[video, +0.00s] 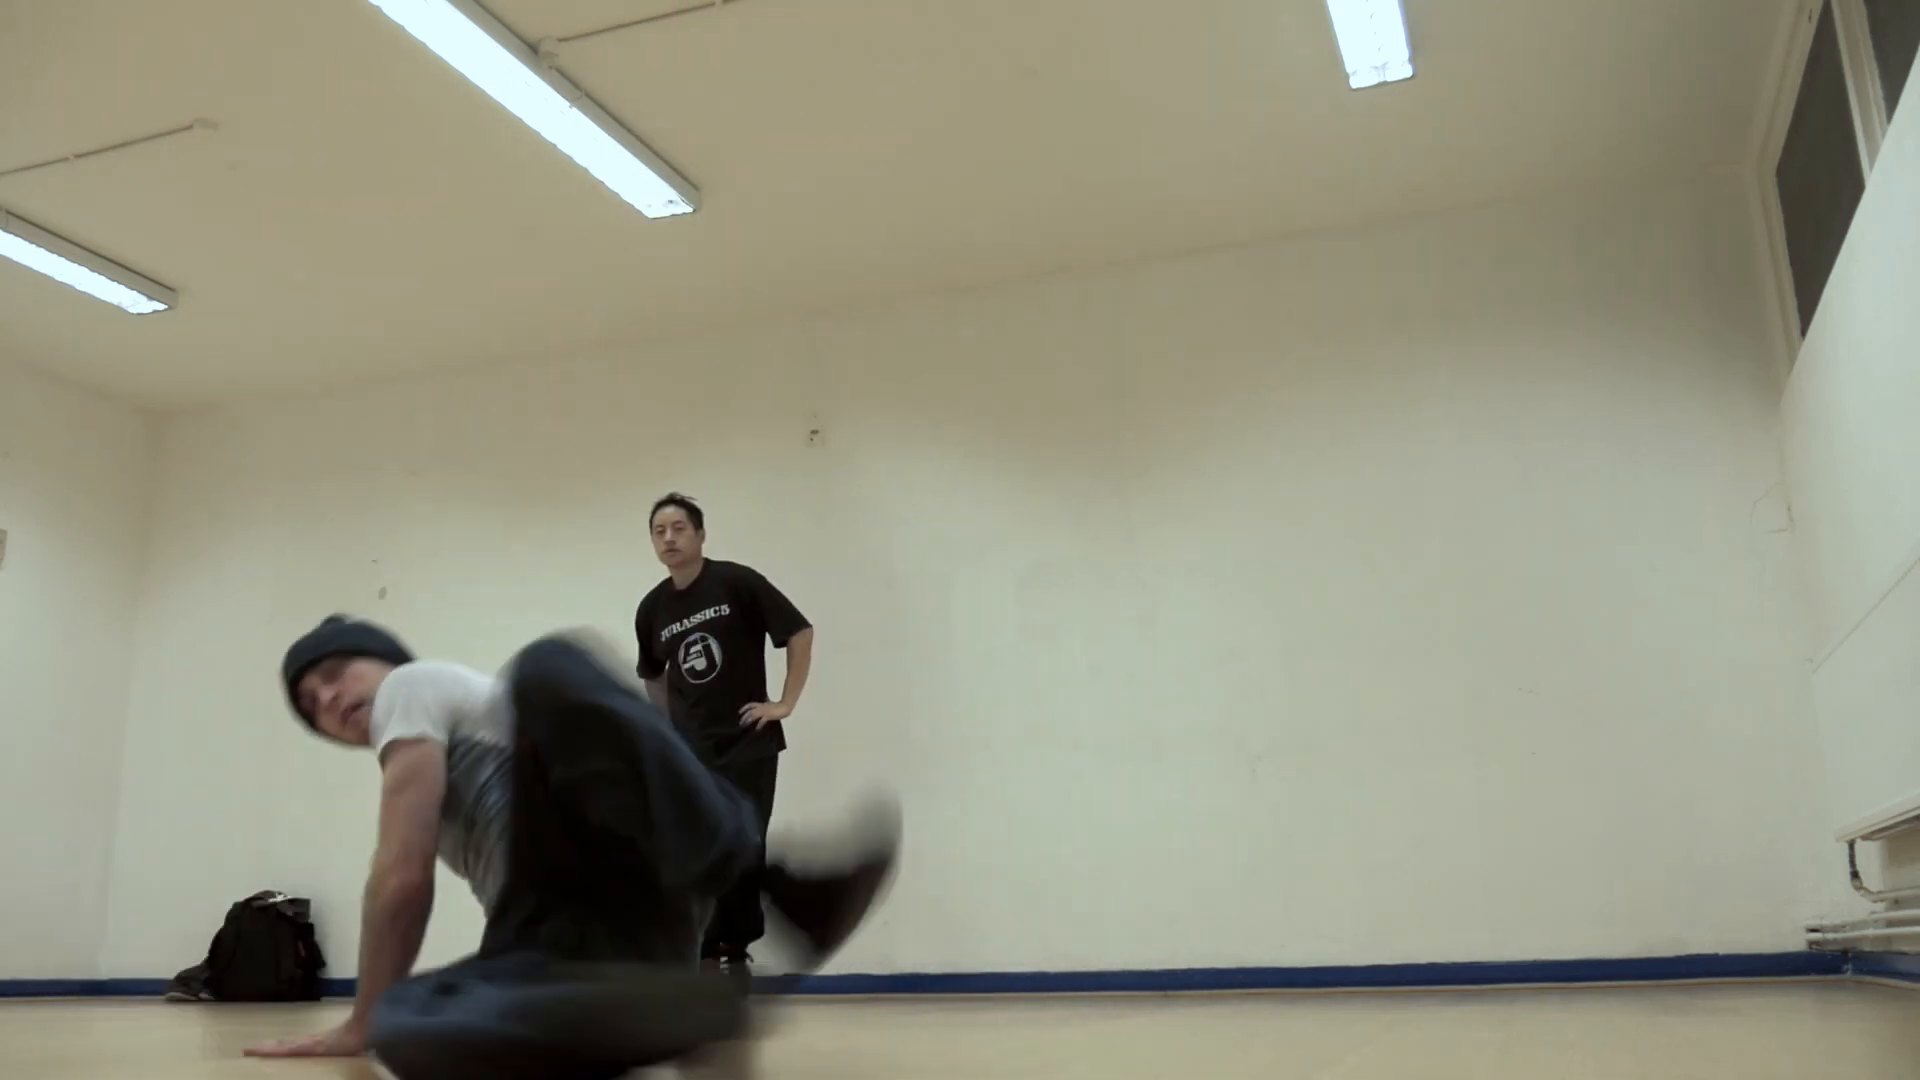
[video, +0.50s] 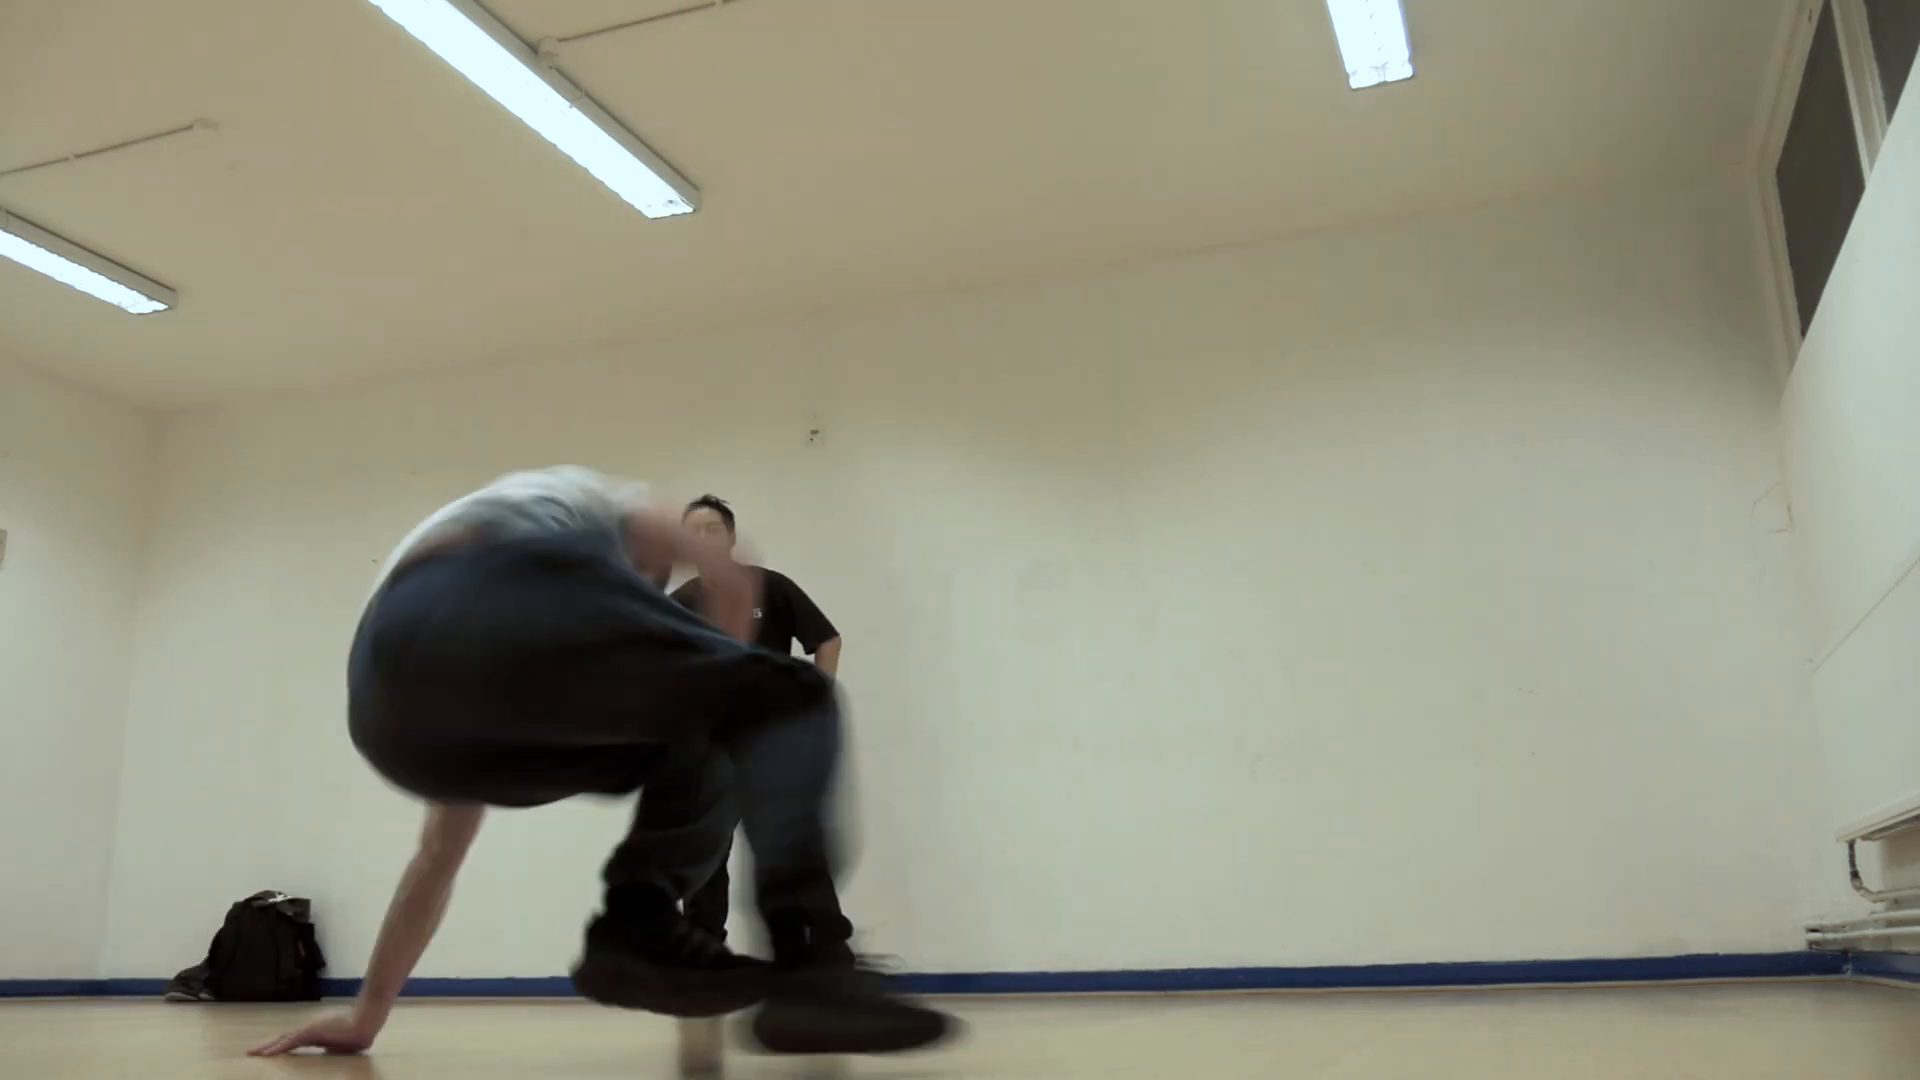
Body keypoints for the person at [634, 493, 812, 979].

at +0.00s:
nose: (669, 538)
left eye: (679, 528)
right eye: (660, 530)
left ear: (700, 535)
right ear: (652, 541)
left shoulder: (737, 583)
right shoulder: (651, 609)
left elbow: (799, 632)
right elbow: (653, 677)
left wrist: (786, 702)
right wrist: (664, 736)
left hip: (746, 741)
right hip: (690, 747)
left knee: (742, 847)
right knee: (702, 845)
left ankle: (731, 956)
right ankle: (708, 954)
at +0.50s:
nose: (703, 539)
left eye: (712, 528)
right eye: (694, 530)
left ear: (731, 536)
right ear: (683, 540)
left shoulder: (770, 588)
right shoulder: (678, 604)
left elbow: (826, 640)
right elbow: (657, 666)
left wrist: (813, 708)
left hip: (770, 735)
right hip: (704, 742)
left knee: (783, 843)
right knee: (703, 847)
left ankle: (800, 942)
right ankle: (701, 944)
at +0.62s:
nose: (724, 542)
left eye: (733, 533)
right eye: (715, 535)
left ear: (753, 541)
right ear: (706, 546)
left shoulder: (789, 592)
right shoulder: (695, 613)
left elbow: (846, 646)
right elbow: (684, 684)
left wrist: (831, 711)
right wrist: (695, 735)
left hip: (789, 748)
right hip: (725, 754)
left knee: (810, 852)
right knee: (715, 862)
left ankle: (843, 959)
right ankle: (705, 972)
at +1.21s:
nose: (818, 548)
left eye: (829, 541)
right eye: (811, 541)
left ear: (847, 552)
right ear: (802, 551)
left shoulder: (875, 606)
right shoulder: (782, 610)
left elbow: (922, 663)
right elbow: (765, 672)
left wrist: (892, 722)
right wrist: (771, 724)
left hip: (850, 756)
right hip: (790, 757)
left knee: (850, 862)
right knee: (765, 856)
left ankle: (846, 973)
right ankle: (780, 967)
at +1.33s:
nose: (824, 549)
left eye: (835, 543)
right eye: (818, 542)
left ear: (854, 554)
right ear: (808, 552)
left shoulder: (879, 607)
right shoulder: (788, 612)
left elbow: (923, 666)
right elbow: (772, 673)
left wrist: (894, 722)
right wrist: (778, 722)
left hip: (853, 756)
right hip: (794, 756)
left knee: (852, 860)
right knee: (780, 858)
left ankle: (848, 971)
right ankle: (811, 961)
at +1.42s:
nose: (825, 551)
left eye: (835, 544)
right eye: (818, 544)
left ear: (855, 554)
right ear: (809, 554)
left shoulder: (878, 608)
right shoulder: (790, 613)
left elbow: (923, 667)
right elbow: (777, 676)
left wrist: (893, 722)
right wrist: (781, 725)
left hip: (853, 755)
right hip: (796, 756)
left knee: (851, 859)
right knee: (790, 860)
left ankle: (849, 970)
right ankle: (825, 955)